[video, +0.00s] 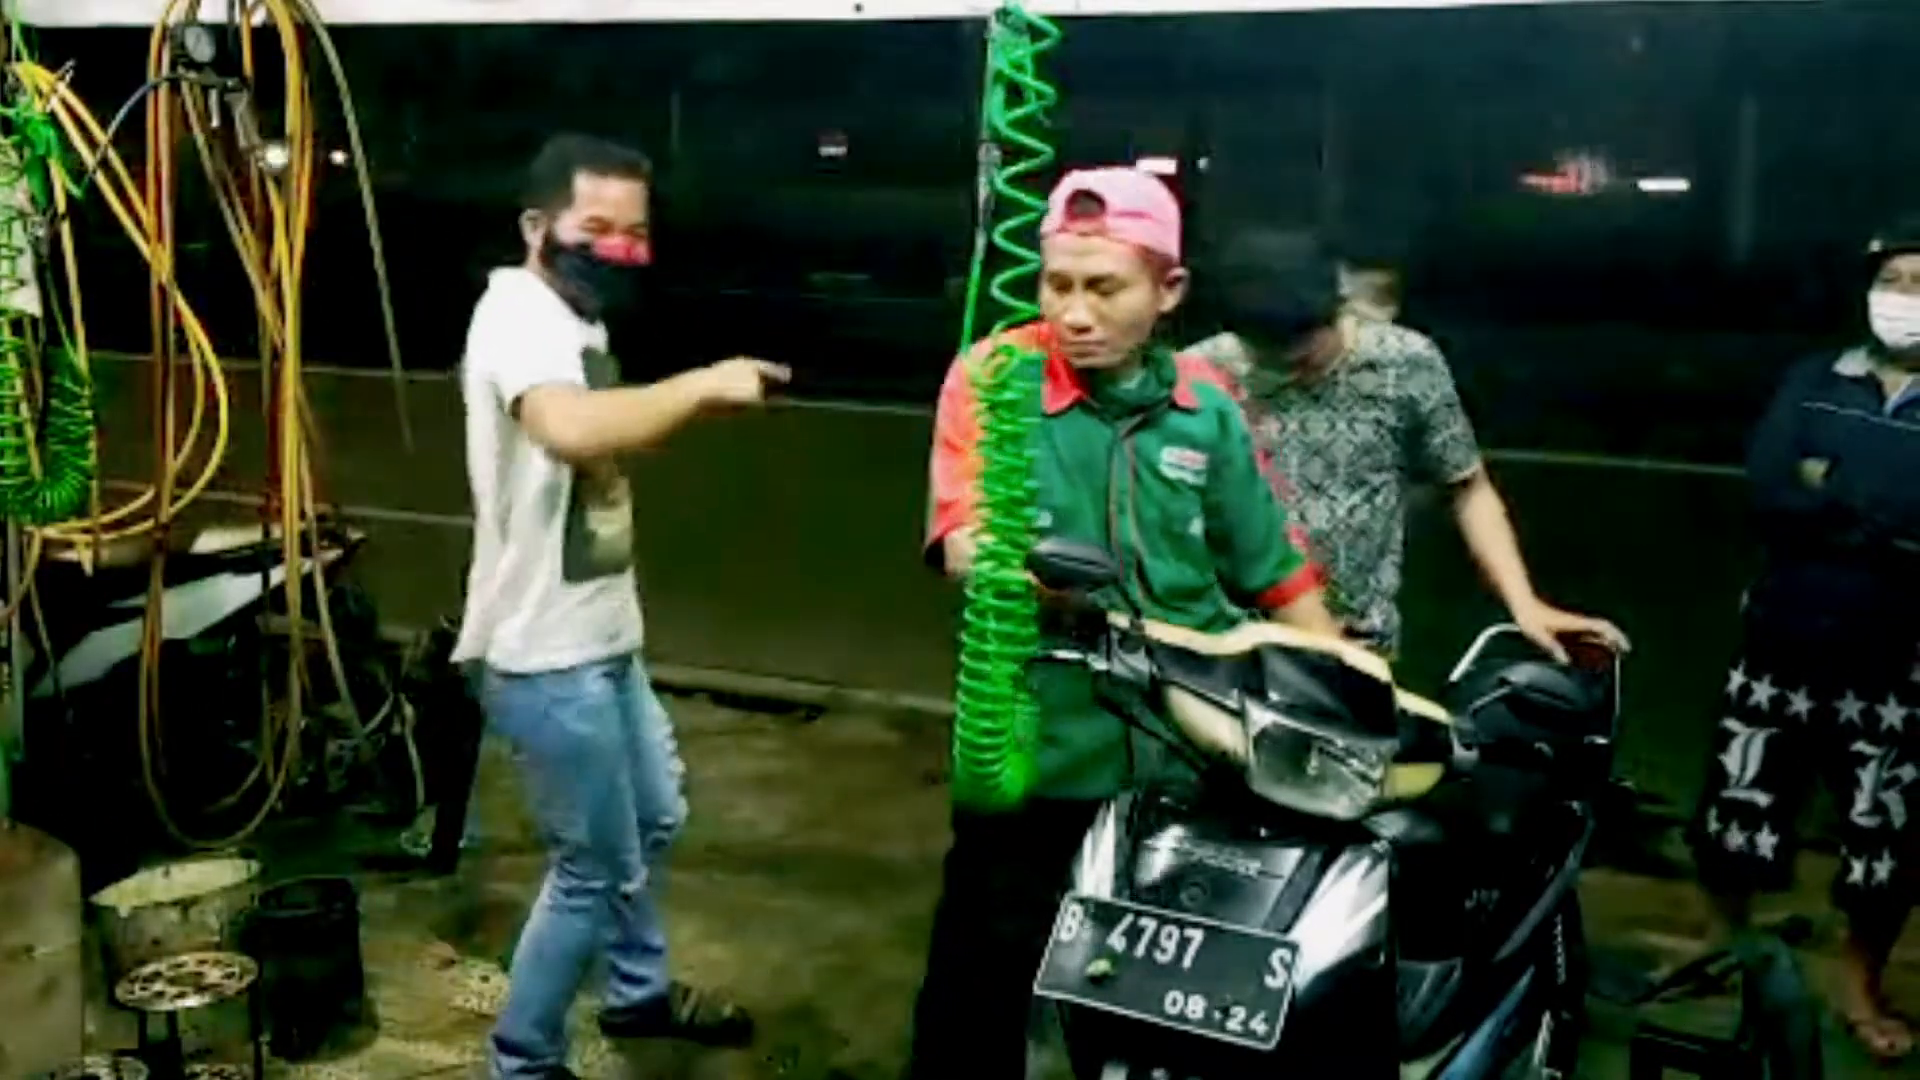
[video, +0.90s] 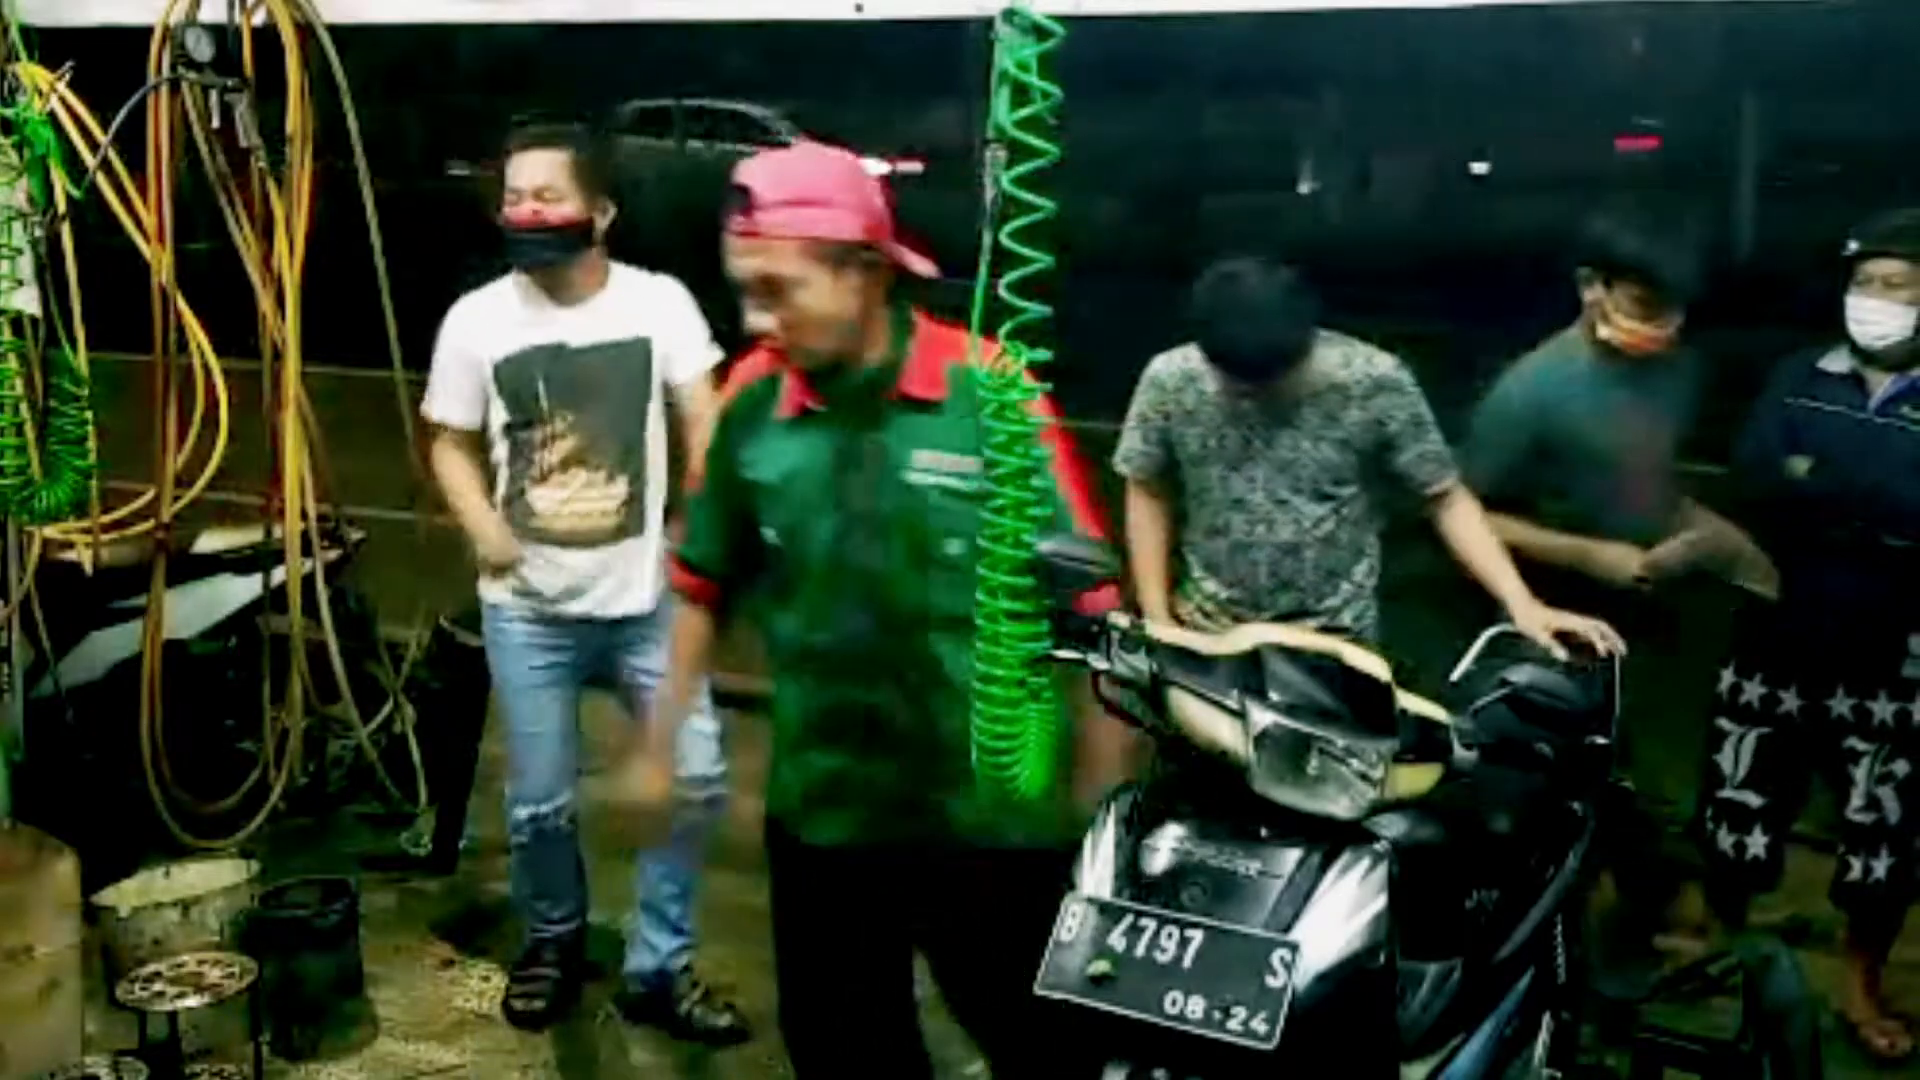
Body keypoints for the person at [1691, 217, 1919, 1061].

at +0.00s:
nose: (1903, 301)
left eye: (1918, 287)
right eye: (1892, 285)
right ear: (1866, 298)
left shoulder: (1919, 413)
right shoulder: (1814, 387)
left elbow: (1907, 507)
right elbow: (1765, 485)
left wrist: (1828, 472)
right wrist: (1876, 509)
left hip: (1893, 659)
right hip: (1786, 644)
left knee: (1885, 843)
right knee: (1733, 816)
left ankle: (1858, 979)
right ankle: (1722, 939)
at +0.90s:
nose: (1879, 304)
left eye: (1899, 291)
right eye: (1868, 286)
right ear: (1845, 293)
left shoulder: (1917, 411)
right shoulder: (1799, 384)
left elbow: (1909, 512)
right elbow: (1748, 483)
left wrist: (1814, 476)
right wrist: (1860, 507)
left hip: (1890, 649)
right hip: (1782, 632)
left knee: (1883, 832)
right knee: (1737, 799)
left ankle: (1863, 980)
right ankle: (1719, 932)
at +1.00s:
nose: (1876, 306)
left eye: (1896, 292)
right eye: (1864, 288)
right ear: (1838, 296)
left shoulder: (1918, 406)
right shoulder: (1787, 388)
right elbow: (1725, 496)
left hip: (1892, 656)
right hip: (1784, 643)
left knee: (1886, 837)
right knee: (1757, 808)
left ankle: (1862, 984)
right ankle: (1724, 942)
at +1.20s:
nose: (1868, 305)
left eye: (1888, 291)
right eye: (1856, 287)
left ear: (1918, 304)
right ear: (1835, 294)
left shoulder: (1908, 410)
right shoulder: (1805, 398)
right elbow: (1794, 524)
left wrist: (1882, 649)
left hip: (1901, 652)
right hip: (1815, 645)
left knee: (1885, 843)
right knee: (1820, 831)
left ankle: (1860, 995)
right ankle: (1823, 994)